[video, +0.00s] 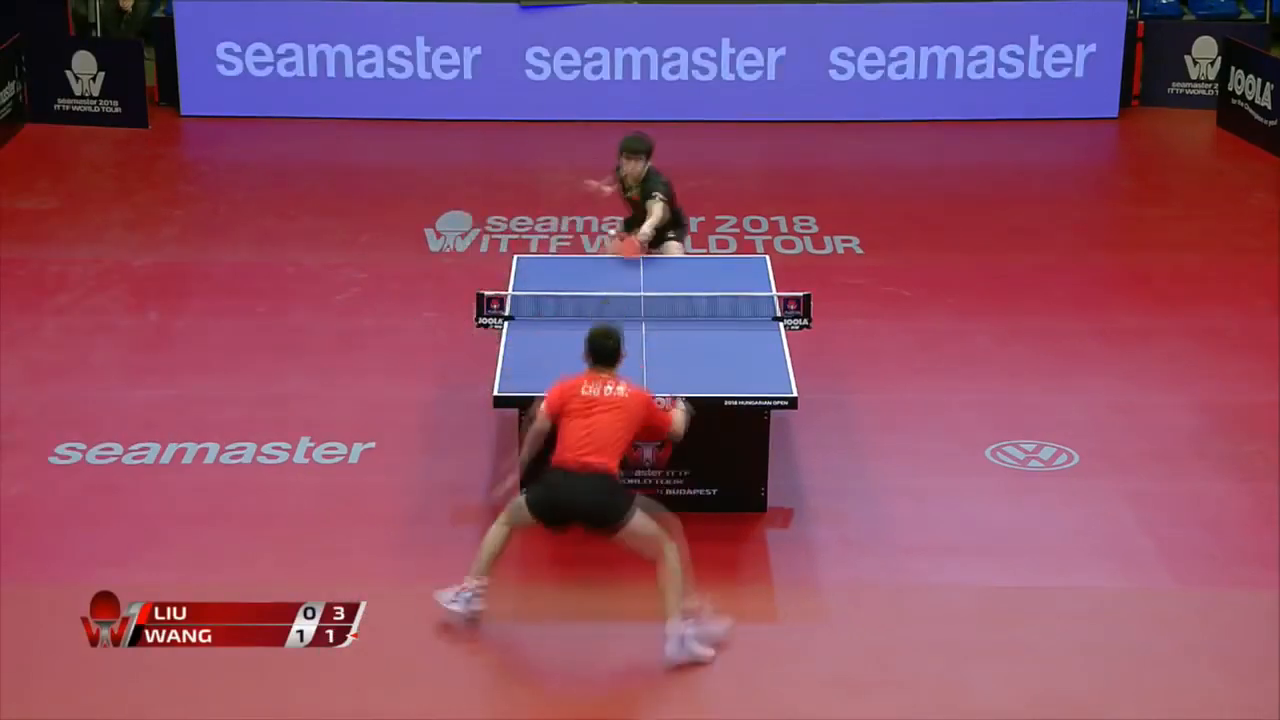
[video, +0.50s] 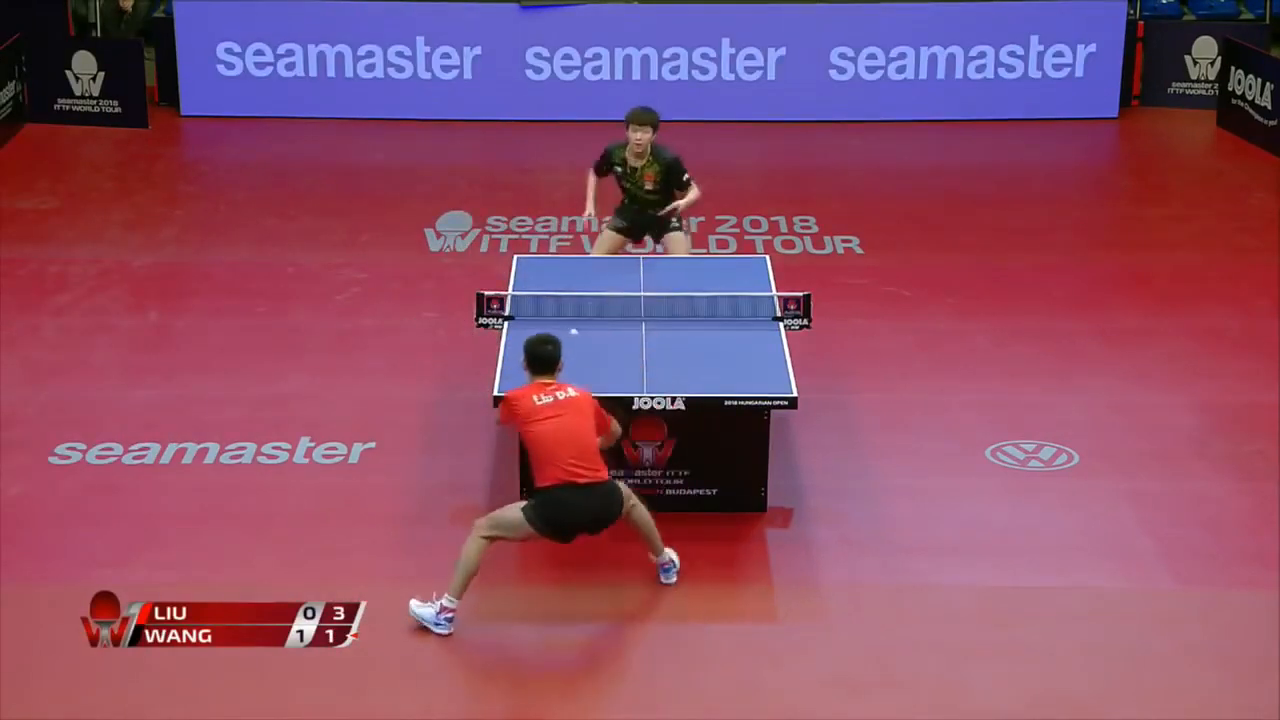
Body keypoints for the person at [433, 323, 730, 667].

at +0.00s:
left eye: (595, 350)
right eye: (614, 351)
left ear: (588, 356)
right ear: (620, 358)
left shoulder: (566, 387)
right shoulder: (636, 397)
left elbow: (540, 424)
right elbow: (675, 430)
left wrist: (517, 473)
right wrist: (681, 409)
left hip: (557, 486)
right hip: (603, 491)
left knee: (507, 522)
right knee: (665, 549)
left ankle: (469, 593)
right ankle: (677, 637)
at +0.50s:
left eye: (528, 361)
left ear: (526, 365)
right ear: (560, 365)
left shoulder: (514, 401)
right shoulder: (583, 397)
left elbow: (503, 421)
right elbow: (614, 431)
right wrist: (590, 447)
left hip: (555, 506)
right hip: (601, 502)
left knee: (484, 528)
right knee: (627, 497)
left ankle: (445, 609)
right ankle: (665, 560)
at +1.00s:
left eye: (538, 311)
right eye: (564, 310)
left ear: (536, 314)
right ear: (568, 314)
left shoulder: (533, 351)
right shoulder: (591, 351)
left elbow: (517, 394)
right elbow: (620, 398)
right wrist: (623, 387)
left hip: (554, 455)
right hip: (595, 451)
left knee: (487, 500)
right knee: (590, 479)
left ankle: (458, 586)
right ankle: (616, 543)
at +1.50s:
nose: (469, 335)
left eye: (459, 332)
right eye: (468, 332)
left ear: (433, 334)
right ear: (463, 335)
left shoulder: (413, 375)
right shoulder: (480, 369)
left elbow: (373, 418)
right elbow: (505, 372)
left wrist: (345, 424)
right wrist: (497, 360)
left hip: (425, 484)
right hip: (471, 485)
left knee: (378, 499)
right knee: (534, 538)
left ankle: (366, 583)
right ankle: (597, 594)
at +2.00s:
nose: (363, 374)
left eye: (361, 369)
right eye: (362, 370)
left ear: (323, 371)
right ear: (358, 375)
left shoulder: (291, 403)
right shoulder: (355, 423)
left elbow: (259, 433)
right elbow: (408, 460)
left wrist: (299, 438)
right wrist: (451, 456)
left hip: (265, 519)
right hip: (308, 526)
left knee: (254, 545)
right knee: (388, 582)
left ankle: (242, 623)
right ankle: (412, 672)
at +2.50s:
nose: (417, 500)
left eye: (413, 492)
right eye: (409, 497)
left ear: (391, 511)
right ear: (390, 512)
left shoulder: (381, 516)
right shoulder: (367, 557)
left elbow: (401, 486)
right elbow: (358, 611)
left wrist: (427, 496)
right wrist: (370, 654)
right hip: (299, 609)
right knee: (364, 685)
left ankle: (270, 642)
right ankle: (305, 714)